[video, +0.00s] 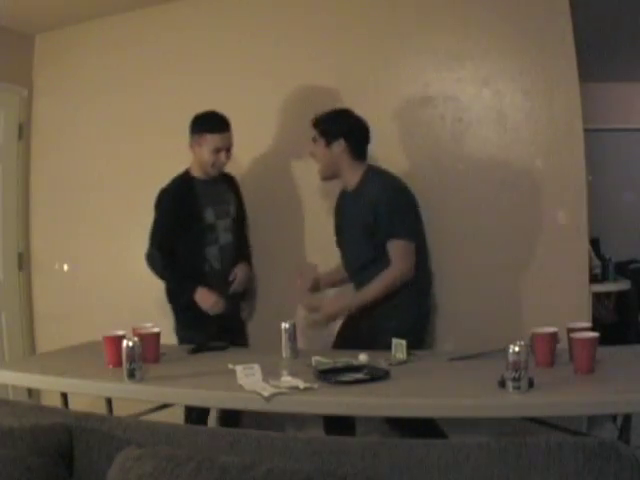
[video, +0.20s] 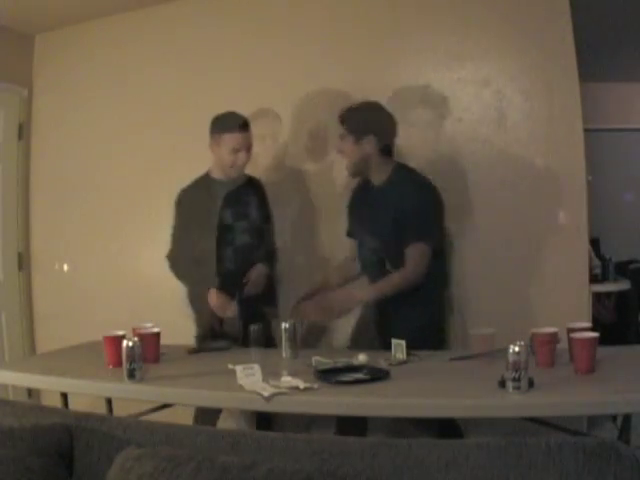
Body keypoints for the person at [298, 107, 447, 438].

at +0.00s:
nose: (312, 152)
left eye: (317, 143)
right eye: (313, 143)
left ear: (340, 147)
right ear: (338, 148)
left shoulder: (388, 191)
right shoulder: (345, 199)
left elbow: (403, 267)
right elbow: (359, 263)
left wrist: (346, 303)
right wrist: (322, 281)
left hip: (400, 314)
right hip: (365, 313)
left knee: (399, 408)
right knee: (336, 395)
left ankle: (454, 467)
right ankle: (338, 478)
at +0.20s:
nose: (339, 148)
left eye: (346, 139)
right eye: (341, 139)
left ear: (372, 144)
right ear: (366, 146)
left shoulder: (417, 191)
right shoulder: (361, 195)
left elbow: (416, 269)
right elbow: (362, 262)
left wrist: (352, 298)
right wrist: (322, 294)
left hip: (421, 321)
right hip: (380, 318)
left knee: (428, 413)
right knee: (353, 401)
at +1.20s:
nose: (355, 148)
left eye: (363, 139)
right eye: (346, 140)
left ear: (379, 135)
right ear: (338, 138)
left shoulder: (409, 171)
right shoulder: (331, 179)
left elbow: (421, 239)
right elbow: (337, 235)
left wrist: (357, 252)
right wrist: (323, 235)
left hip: (408, 297)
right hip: (360, 300)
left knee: (427, 384)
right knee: (368, 388)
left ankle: (432, 470)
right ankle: (368, 470)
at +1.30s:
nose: (355, 148)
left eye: (362, 139)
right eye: (346, 140)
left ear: (378, 134)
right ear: (338, 137)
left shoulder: (409, 170)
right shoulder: (330, 180)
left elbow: (426, 235)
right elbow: (331, 246)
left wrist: (363, 247)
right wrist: (326, 233)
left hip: (409, 296)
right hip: (359, 298)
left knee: (426, 386)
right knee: (368, 391)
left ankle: (431, 472)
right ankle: (369, 472)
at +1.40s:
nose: (358, 148)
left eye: (366, 140)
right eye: (350, 141)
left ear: (381, 135)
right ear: (340, 138)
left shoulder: (412, 171)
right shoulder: (331, 181)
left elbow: (432, 233)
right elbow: (317, 247)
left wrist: (371, 242)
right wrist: (327, 230)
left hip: (410, 295)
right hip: (360, 299)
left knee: (428, 385)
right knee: (370, 389)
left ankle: (432, 471)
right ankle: (370, 473)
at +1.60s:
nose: (366, 148)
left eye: (373, 139)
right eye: (357, 140)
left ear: (388, 134)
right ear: (348, 138)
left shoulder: (418, 171)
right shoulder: (337, 179)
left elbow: (436, 235)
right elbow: (330, 249)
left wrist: (379, 224)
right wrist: (339, 213)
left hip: (417, 295)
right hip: (367, 298)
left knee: (435, 382)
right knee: (375, 388)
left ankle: (436, 472)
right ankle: (373, 475)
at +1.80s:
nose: (365, 148)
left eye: (373, 140)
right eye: (358, 141)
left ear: (390, 134)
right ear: (349, 138)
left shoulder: (422, 172)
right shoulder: (342, 177)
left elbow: (431, 241)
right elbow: (329, 251)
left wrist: (380, 221)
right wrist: (332, 219)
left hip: (420, 293)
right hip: (368, 294)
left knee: (438, 382)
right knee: (374, 386)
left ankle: (437, 471)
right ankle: (373, 474)